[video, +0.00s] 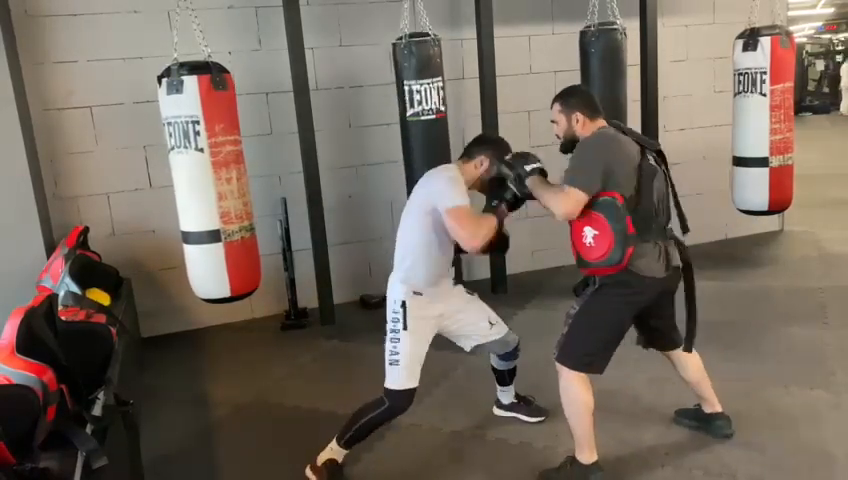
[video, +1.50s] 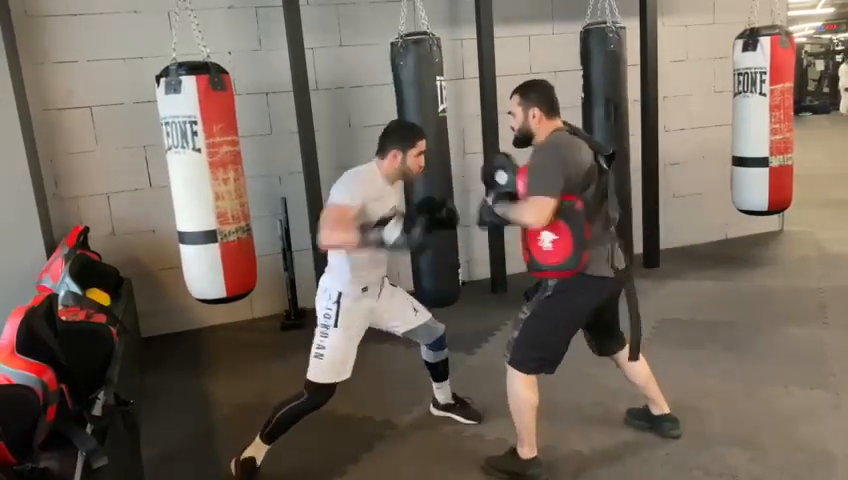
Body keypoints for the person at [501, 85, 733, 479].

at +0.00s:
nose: (555, 131)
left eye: (557, 122)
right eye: (554, 123)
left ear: (579, 118)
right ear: (592, 116)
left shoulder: (593, 147)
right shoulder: (626, 139)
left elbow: (567, 207)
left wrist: (532, 178)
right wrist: (543, 189)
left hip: (628, 274)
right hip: (662, 265)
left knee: (570, 362)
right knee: (671, 341)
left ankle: (585, 461)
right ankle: (715, 413)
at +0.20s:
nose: (562, 122)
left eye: (563, 113)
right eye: (559, 115)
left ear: (586, 108)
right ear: (590, 109)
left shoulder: (621, 140)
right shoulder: (604, 144)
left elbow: (625, 194)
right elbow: (609, 205)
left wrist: (570, 162)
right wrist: (567, 214)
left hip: (626, 274)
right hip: (642, 267)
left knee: (577, 367)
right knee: (662, 344)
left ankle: (588, 462)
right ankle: (709, 412)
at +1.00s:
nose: (567, 119)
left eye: (571, 110)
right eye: (566, 111)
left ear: (595, 110)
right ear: (603, 112)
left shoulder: (609, 148)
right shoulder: (629, 144)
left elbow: (616, 204)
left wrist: (556, 178)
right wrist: (569, 158)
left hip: (615, 278)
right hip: (644, 274)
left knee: (557, 364)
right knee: (660, 348)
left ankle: (529, 454)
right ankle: (712, 415)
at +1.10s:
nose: (550, 118)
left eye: (553, 110)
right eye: (550, 110)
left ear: (576, 111)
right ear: (582, 111)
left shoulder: (602, 152)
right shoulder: (594, 147)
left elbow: (600, 214)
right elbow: (561, 190)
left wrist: (544, 182)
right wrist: (511, 157)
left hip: (594, 281)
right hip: (621, 275)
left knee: (534, 360)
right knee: (653, 349)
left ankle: (527, 456)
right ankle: (707, 414)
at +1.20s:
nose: (531, 114)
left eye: (533, 106)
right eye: (530, 106)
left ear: (552, 106)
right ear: (569, 106)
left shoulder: (566, 143)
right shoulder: (593, 137)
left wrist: (509, 151)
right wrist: (532, 149)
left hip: (582, 273)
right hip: (621, 268)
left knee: (527, 357)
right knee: (644, 338)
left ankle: (527, 455)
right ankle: (692, 405)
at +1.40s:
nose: (509, 128)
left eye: (511, 120)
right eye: (508, 120)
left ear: (532, 119)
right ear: (547, 119)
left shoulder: (526, 153)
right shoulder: (584, 147)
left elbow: (471, 195)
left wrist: (443, 173)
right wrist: (512, 215)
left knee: (513, 361)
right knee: (629, 344)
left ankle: (524, 455)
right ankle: (661, 413)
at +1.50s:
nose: (512, 122)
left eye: (514, 114)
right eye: (511, 114)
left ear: (535, 113)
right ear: (549, 113)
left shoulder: (550, 150)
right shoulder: (576, 141)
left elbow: (536, 215)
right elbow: (565, 201)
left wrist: (498, 208)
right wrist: (519, 185)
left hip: (577, 277)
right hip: (608, 269)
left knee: (522, 361)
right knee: (618, 344)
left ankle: (526, 455)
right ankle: (662, 413)